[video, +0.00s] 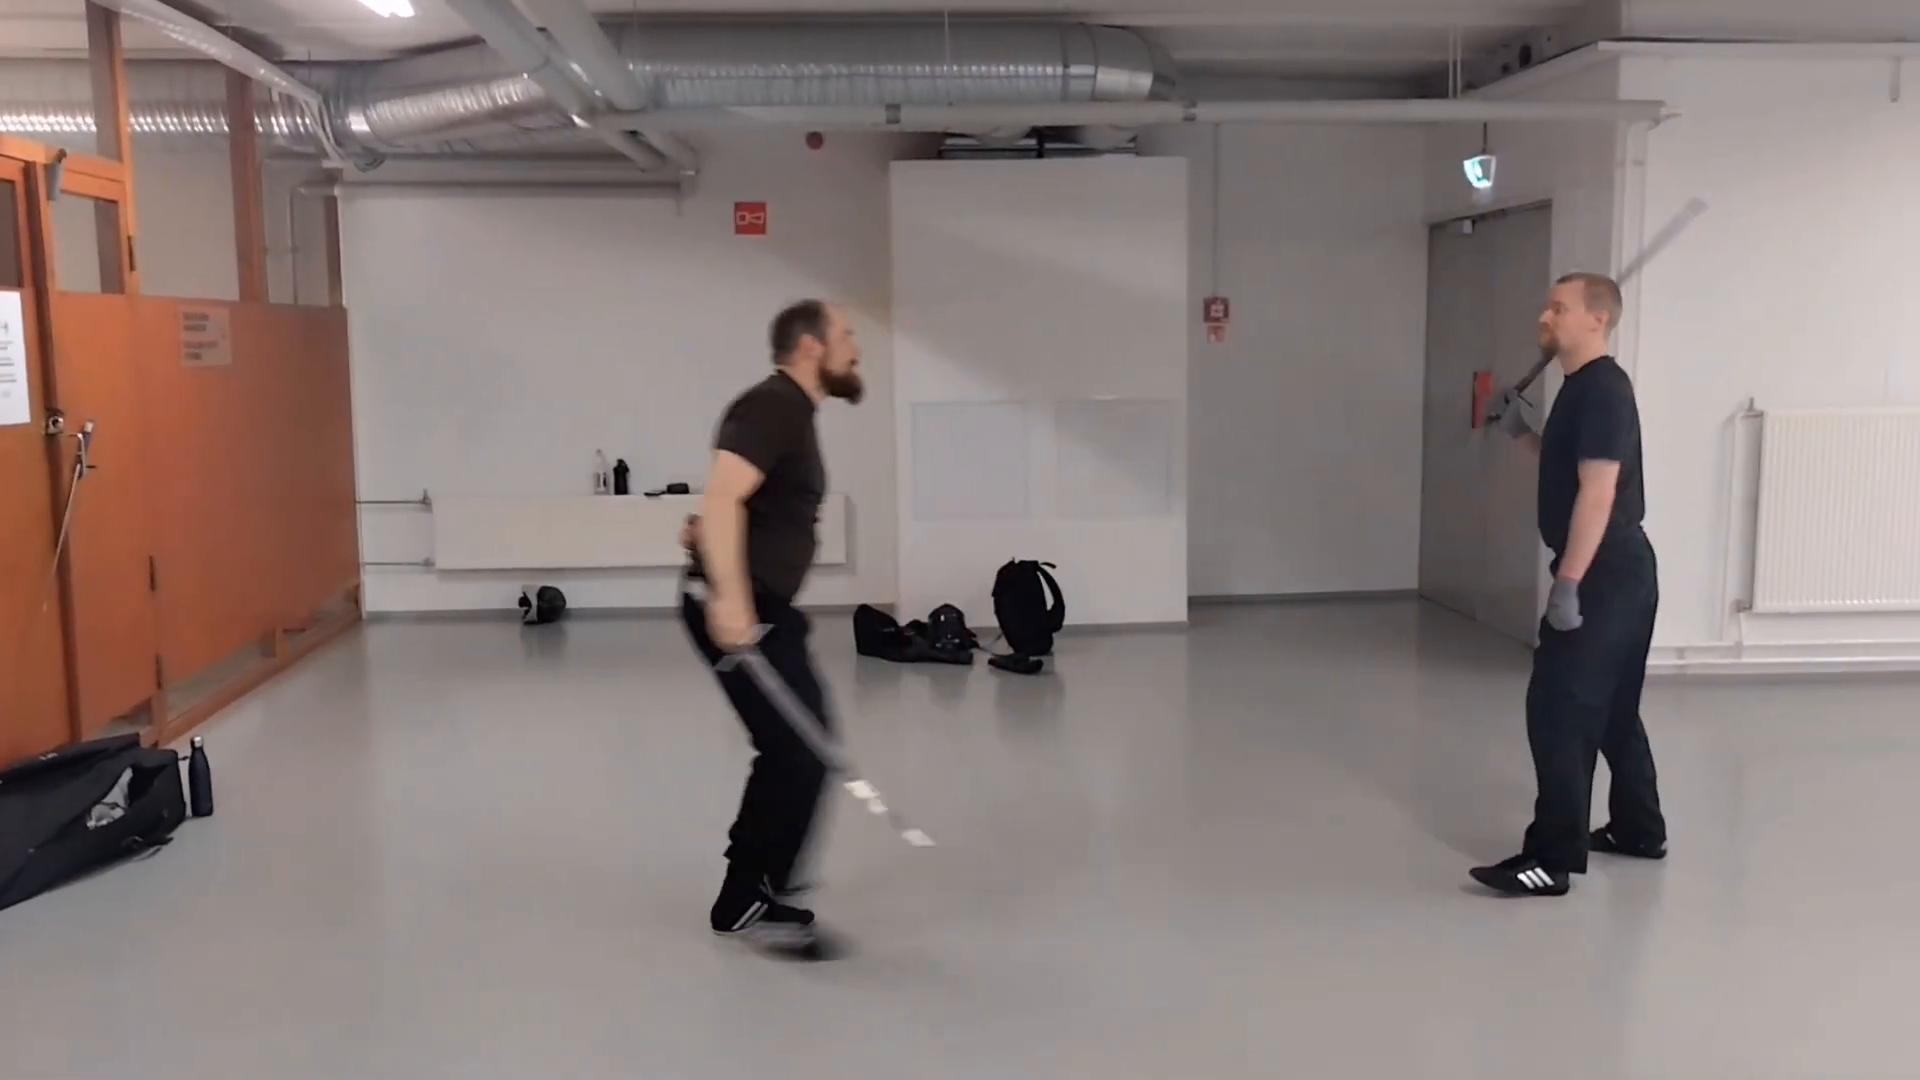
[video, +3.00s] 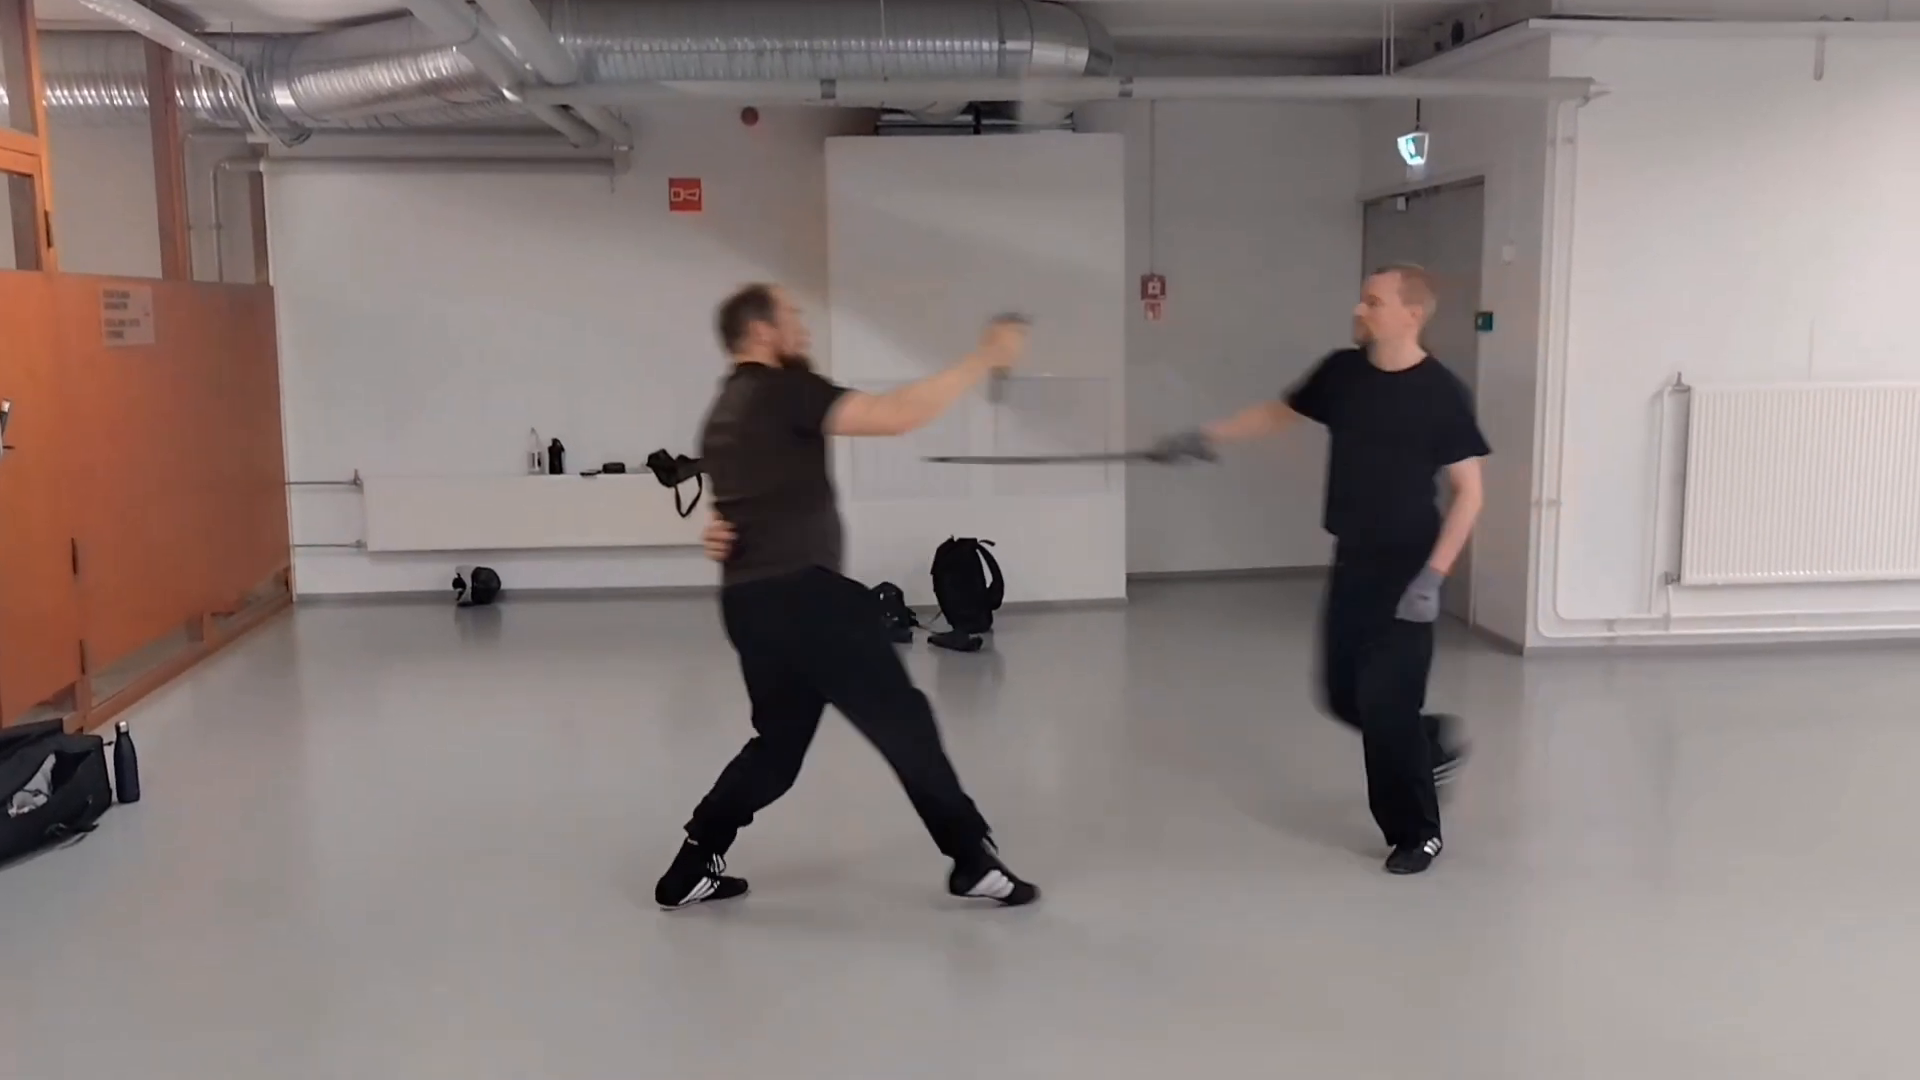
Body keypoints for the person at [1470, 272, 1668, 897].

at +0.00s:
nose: (1544, 318)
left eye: (1557, 308)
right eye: (1545, 308)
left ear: (1597, 321)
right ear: (1587, 323)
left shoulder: (1601, 386)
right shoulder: (1582, 386)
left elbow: (1598, 489)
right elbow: (1563, 475)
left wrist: (1567, 580)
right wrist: (1521, 430)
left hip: (1601, 571)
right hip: (1613, 566)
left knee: (1557, 708)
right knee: (1612, 706)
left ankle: (1553, 858)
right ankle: (1639, 828)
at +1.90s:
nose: (1480, 317)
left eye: (1492, 307)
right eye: (1482, 307)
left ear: (1532, 317)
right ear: (1526, 320)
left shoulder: (1536, 383)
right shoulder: (1520, 383)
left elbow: (1528, 488)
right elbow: (1470, 463)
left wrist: (1494, 575)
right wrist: (1446, 404)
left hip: (1523, 565)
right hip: (1531, 560)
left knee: (1477, 710)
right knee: (1530, 695)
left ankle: (1485, 858)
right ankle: (1565, 810)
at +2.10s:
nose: (1482, 315)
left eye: (1494, 304)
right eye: (1483, 305)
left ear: (1534, 316)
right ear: (1505, 317)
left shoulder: (1556, 388)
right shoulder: (1485, 385)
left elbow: (1556, 488)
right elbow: (1406, 411)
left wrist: (1520, 575)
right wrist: (1403, 344)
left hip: (1530, 562)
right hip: (1489, 558)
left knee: (1491, 703)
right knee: (1518, 691)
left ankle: (1486, 857)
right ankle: (1563, 802)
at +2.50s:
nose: (1464, 312)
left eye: (1477, 303)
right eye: (1466, 302)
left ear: (1517, 310)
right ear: (1497, 311)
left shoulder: (1545, 384)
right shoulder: (1464, 368)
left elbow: (1552, 483)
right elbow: (1414, 392)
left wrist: (1522, 562)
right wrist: (1364, 396)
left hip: (1512, 550)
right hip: (1467, 545)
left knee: (1498, 690)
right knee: (1502, 682)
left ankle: (1492, 842)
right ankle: (1557, 791)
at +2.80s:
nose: (1402, 318)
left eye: (1416, 309)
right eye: (1404, 308)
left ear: (1456, 320)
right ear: (1417, 320)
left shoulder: (1491, 390)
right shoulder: (1397, 388)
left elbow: (1522, 486)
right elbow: (1382, 472)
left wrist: (1498, 569)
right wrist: (1353, 489)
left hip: (1471, 563)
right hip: (1420, 560)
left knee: (1430, 682)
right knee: (1472, 674)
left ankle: (1424, 834)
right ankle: (1543, 772)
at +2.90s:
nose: (1385, 313)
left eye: (1399, 304)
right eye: (1386, 303)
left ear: (1439, 316)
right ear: (1392, 314)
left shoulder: (1470, 390)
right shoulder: (1373, 378)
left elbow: (1499, 490)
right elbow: (1338, 449)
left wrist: (1466, 571)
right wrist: (1294, 467)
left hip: (1440, 560)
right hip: (1386, 557)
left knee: (1400, 685)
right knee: (1434, 675)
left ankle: (1419, 829)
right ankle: (1513, 751)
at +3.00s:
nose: (1358, 311)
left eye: (1373, 303)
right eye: (1361, 301)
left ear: (1413, 316)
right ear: (1377, 313)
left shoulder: (1441, 391)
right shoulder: (1344, 371)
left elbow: (1469, 493)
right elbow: (1276, 415)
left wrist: (1432, 574)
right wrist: (1204, 437)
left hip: (1411, 565)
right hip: (1354, 558)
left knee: (1388, 702)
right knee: (1343, 694)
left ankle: (1416, 834)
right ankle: (1430, 739)